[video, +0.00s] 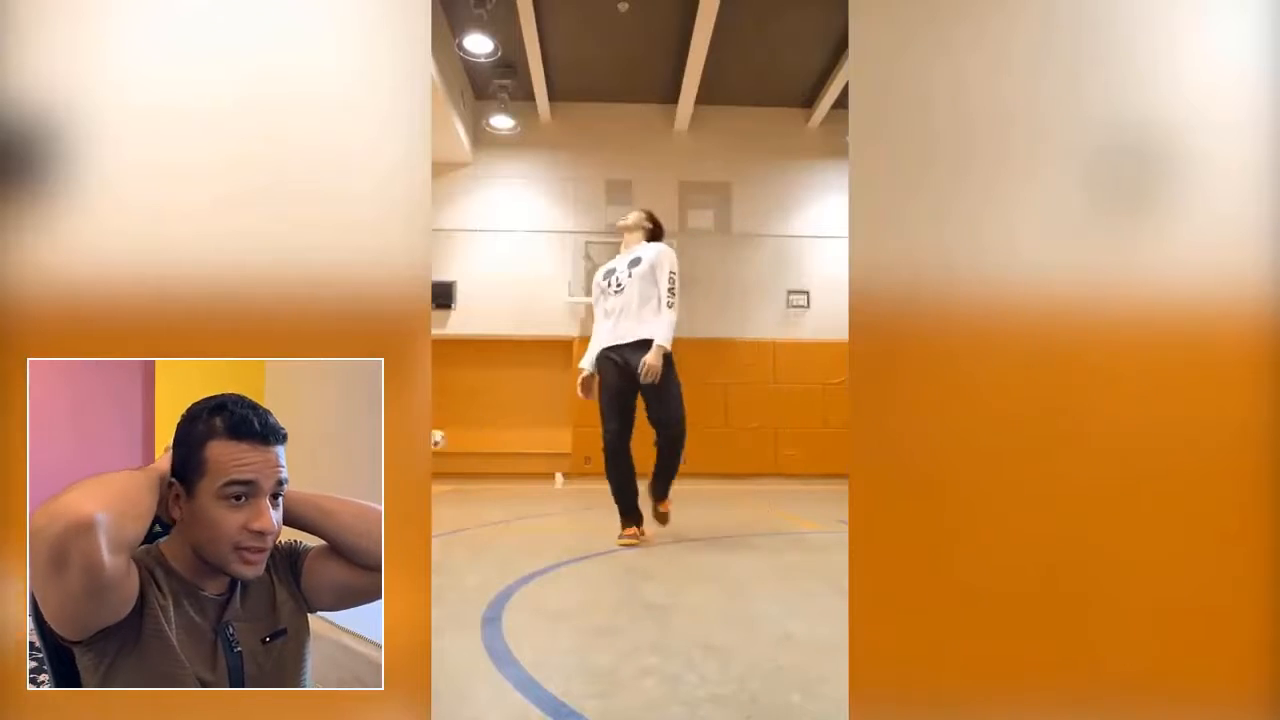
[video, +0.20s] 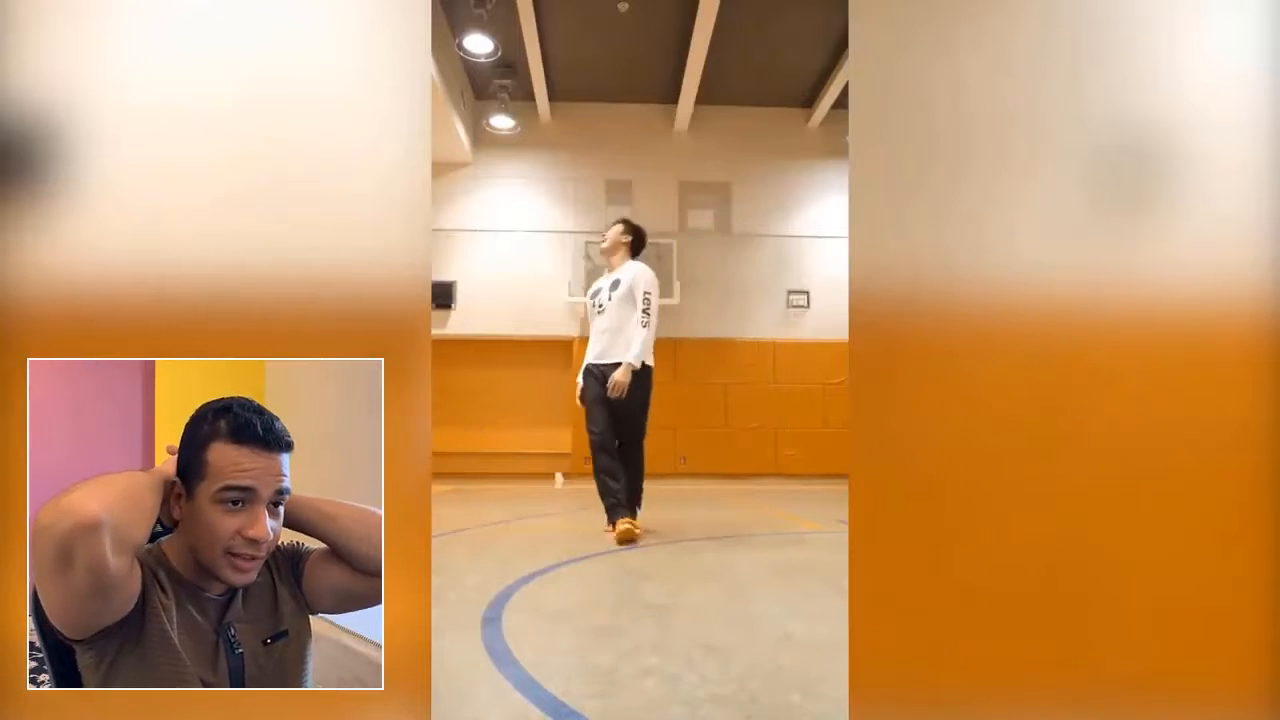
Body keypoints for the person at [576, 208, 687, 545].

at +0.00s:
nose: (625, 215)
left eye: (634, 213)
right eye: (626, 213)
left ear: (647, 226)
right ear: (624, 229)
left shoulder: (659, 251)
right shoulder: (602, 273)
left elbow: (670, 304)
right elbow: (601, 324)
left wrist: (659, 348)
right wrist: (588, 363)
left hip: (649, 348)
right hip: (610, 355)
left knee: (673, 430)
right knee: (614, 439)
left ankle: (659, 492)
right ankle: (630, 522)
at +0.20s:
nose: (603, 235)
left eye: (611, 230)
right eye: (606, 231)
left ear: (626, 238)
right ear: (618, 239)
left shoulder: (642, 273)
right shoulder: (597, 287)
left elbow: (646, 324)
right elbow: (595, 336)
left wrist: (628, 366)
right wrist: (583, 375)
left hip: (630, 369)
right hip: (597, 369)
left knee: (629, 443)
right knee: (601, 442)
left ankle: (629, 512)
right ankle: (618, 516)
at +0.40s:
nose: (599, 234)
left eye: (608, 231)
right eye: (603, 230)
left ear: (619, 246)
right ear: (603, 244)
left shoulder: (626, 276)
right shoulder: (580, 281)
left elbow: (632, 329)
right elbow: (579, 329)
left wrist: (623, 372)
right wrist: (572, 366)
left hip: (612, 370)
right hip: (581, 370)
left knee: (619, 444)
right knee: (563, 436)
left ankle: (626, 513)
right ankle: (588, 508)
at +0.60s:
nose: (592, 244)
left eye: (600, 244)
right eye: (593, 242)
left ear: (610, 261)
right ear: (589, 255)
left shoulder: (611, 285)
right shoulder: (569, 287)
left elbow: (617, 334)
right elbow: (566, 335)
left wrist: (608, 376)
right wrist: (552, 372)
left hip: (592, 370)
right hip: (562, 370)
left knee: (611, 445)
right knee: (539, 442)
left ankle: (626, 512)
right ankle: (547, 507)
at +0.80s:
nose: (585, 270)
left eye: (591, 273)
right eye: (590, 270)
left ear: (591, 286)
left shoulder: (581, 299)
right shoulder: (554, 301)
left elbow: (578, 339)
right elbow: (536, 348)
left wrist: (570, 376)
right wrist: (504, 369)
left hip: (547, 373)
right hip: (524, 374)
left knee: (575, 440)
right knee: (523, 446)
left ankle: (612, 497)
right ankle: (540, 507)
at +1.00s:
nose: (554, 273)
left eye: (559, 276)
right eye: (560, 272)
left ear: (558, 289)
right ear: (557, 285)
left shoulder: (543, 301)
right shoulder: (530, 301)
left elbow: (542, 344)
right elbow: (496, 334)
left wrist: (534, 380)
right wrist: (456, 329)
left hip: (511, 374)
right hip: (503, 372)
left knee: (473, 434)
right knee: (515, 443)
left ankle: (487, 496)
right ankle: (539, 505)